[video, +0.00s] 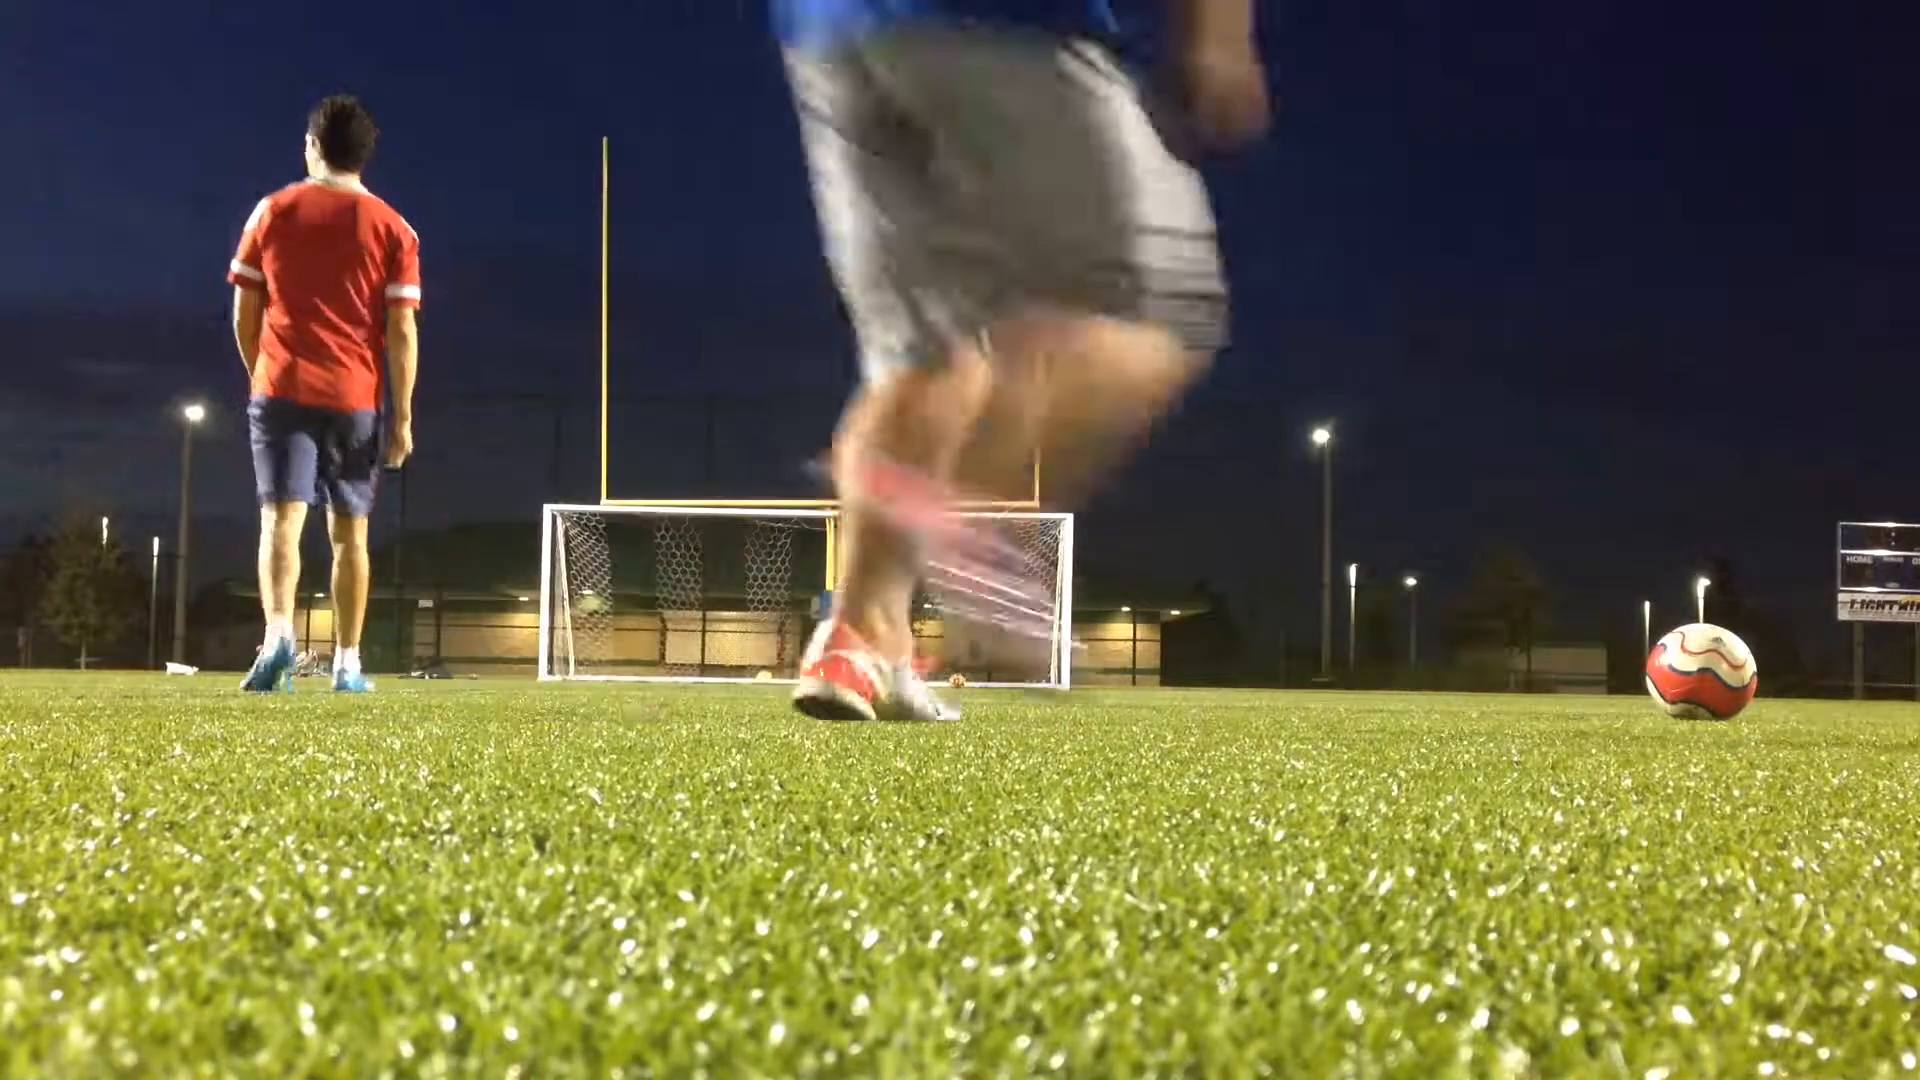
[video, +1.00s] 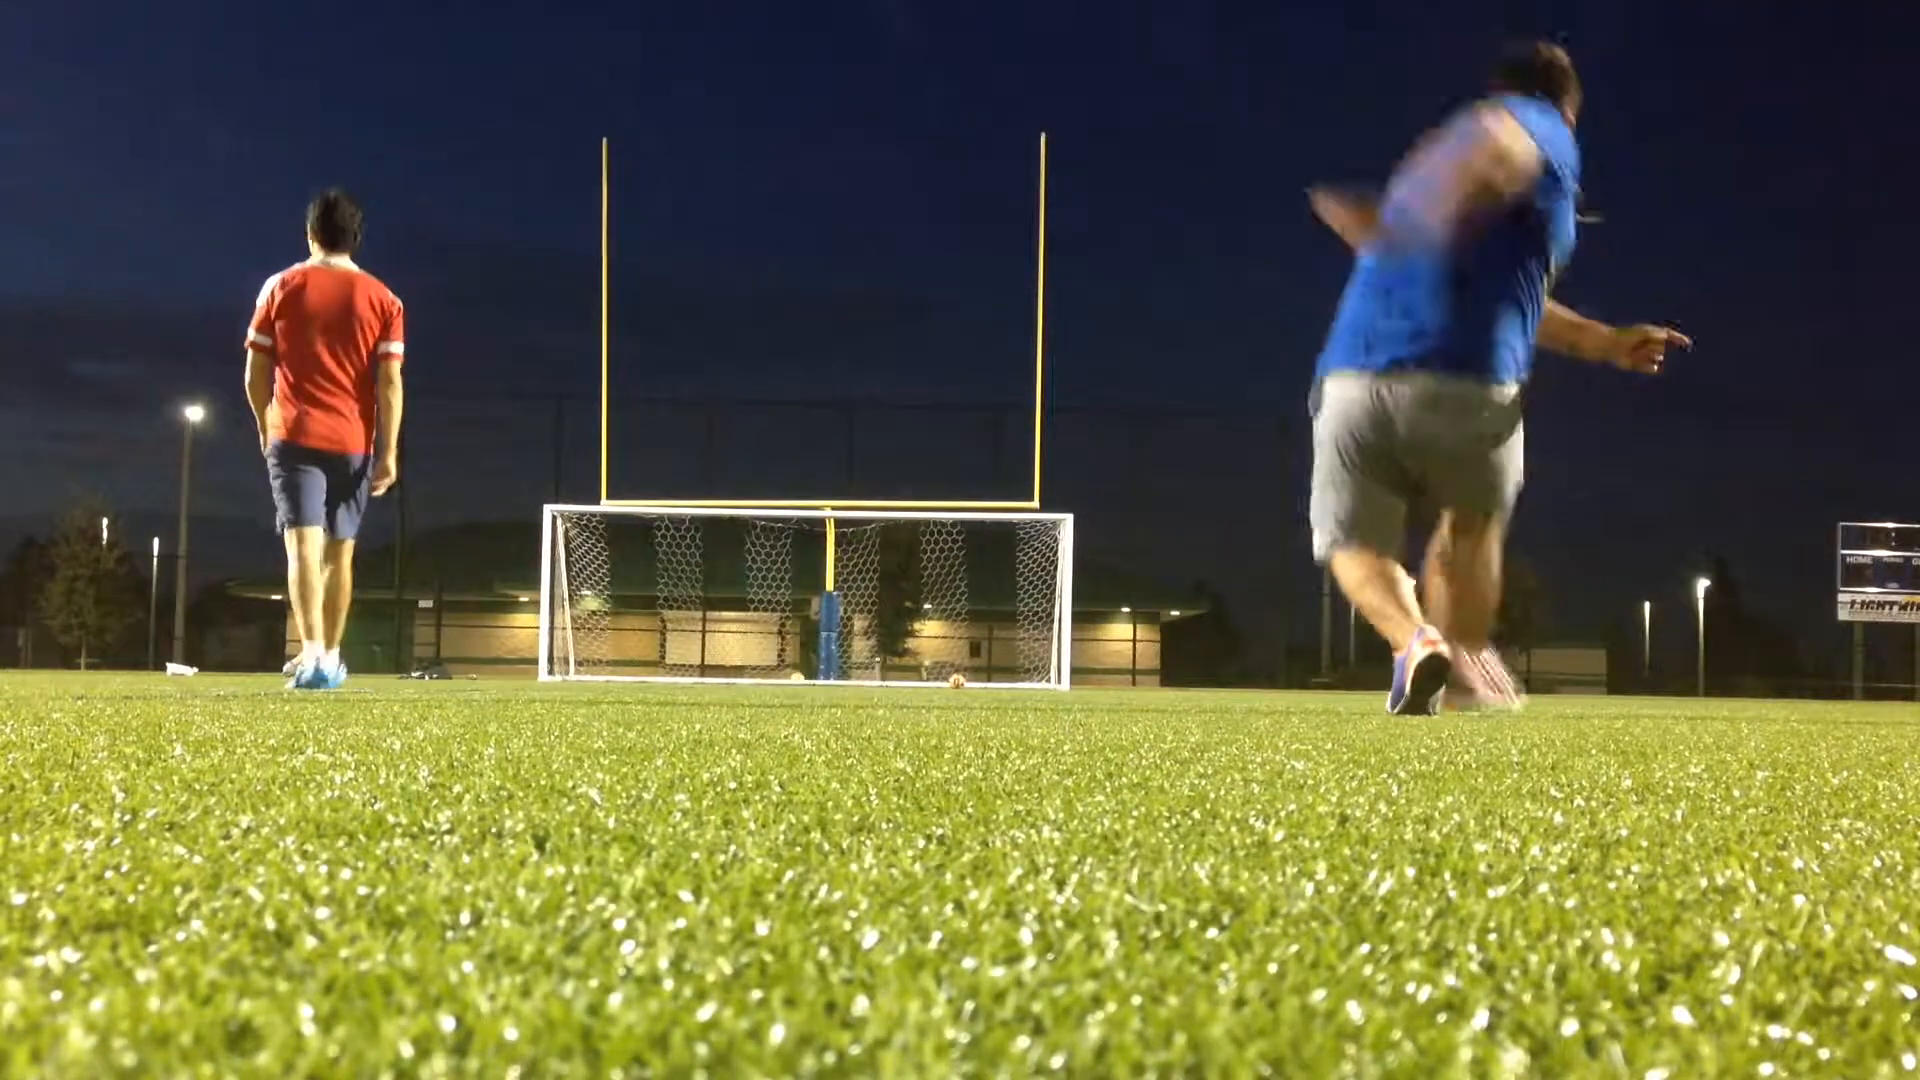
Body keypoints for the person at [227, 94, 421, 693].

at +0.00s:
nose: (305, 150)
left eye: (307, 142)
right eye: (311, 142)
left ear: (313, 148)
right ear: (367, 153)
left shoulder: (274, 210)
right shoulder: (393, 228)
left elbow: (245, 312)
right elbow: (401, 331)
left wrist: (262, 375)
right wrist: (402, 416)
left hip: (279, 387)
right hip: (354, 396)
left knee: (280, 519)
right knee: (349, 534)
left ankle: (278, 638)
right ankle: (347, 664)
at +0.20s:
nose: (316, 160)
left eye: (317, 152)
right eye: (322, 152)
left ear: (324, 156)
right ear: (377, 162)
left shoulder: (287, 216)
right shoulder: (405, 232)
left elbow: (257, 312)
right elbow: (416, 334)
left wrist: (250, 394)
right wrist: (415, 414)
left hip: (298, 391)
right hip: (370, 398)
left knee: (291, 517)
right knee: (358, 527)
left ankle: (297, 602)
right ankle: (348, 665)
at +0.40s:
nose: (313, 185)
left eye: (314, 176)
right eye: (317, 176)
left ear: (322, 179)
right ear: (371, 182)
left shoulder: (294, 237)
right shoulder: (405, 247)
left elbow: (264, 325)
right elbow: (427, 344)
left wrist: (248, 407)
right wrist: (421, 408)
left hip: (303, 400)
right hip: (373, 402)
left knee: (308, 534)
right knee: (360, 536)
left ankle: (305, 658)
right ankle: (347, 662)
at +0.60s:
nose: (301, 207)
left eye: (302, 199)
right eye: (304, 199)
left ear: (309, 202)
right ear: (358, 205)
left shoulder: (284, 262)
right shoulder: (391, 266)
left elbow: (262, 346)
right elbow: (412, 356)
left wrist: (251, 427)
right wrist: (415, 422)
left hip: (298, 417)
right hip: (364, 419)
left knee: (309, 540)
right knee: (360, 536)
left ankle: (315, 667)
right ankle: (351, 620)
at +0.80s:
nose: (300, 212)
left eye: (300, 204)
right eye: (303, 204)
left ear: (307, 208)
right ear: (353, 211)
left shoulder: (279, 263)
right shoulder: (384, 271)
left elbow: (256, 348)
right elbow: (402, 357)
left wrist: (256, 417)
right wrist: (406, 429)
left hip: (292, 417)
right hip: (357, 420)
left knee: (305, 541)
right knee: (353, 533)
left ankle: (314, 664)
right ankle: (347, 637)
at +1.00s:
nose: (308, 236)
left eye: (308, 230)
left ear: (309, 234)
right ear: (356, 237)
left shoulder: (281, 286)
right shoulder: (383, 298)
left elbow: (255, 372)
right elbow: (390, 382)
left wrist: (266, 426)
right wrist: (388, 452)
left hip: (293, 431)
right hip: (351, 438)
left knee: (304, 545)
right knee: (339, 555)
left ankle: (311, 654)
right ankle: (330, 658)